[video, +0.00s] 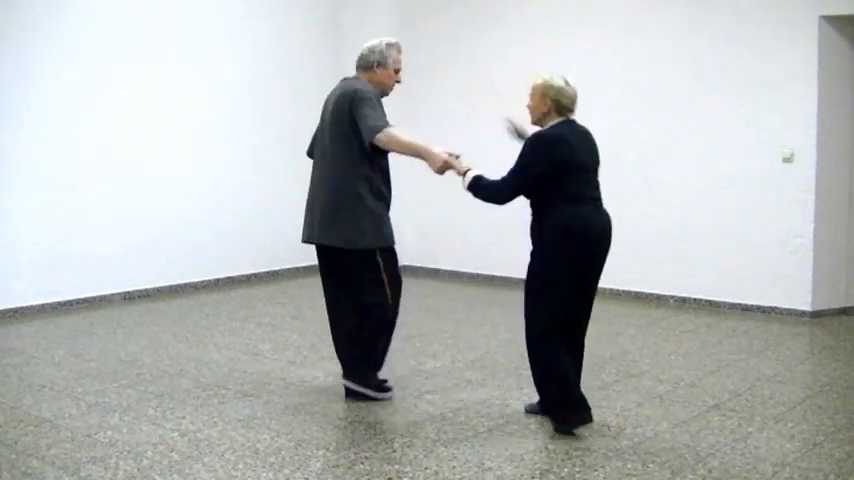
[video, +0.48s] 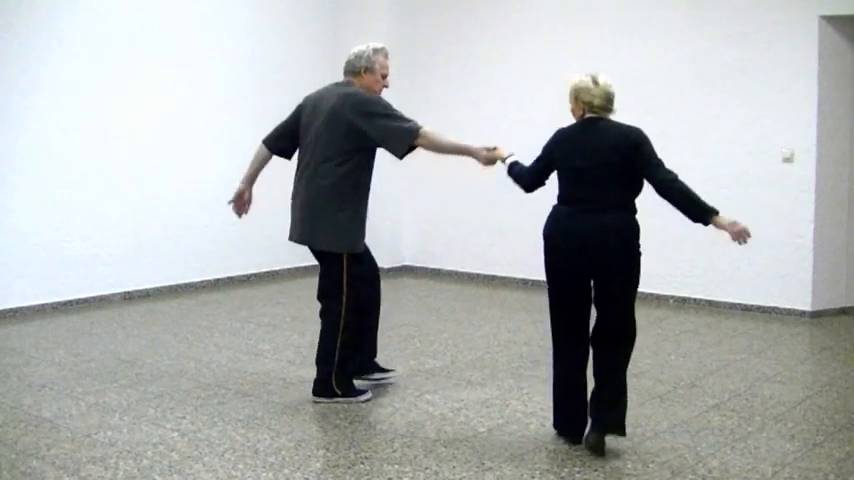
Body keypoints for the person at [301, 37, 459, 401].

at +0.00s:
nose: (399, 77)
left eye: (400, 70)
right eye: (396, 69)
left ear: (368, 67)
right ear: (377, 67)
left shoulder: (339, 94)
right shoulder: (362, 93)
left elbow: (316, 151)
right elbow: (380, 136)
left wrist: (358, 167)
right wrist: (429, 154)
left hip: (328, 219)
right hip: (359, 220)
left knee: (345, 297)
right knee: (384, 292)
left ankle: (356, 373)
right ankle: (362, 376)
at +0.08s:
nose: (397, 81)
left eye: (398, 73)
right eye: (395, 72)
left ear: (364, 69)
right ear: (375, 69)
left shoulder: (337, 95)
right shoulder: (361, 96)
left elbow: (310, 150)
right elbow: (372, 140)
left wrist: (349, 170)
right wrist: (417, 166)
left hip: (325, 221)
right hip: (355, 222)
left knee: (341, 296)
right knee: (374, 293)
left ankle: (344, 368)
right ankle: (355, 376)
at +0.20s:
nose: (394, 84)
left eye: (395, 76)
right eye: (391, 75)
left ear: (364, 73)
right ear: (369, 72)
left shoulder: (331, 99)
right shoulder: (361, 101)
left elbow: (293, 152)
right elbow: (378, 153)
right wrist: (423, 184)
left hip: (318, 222)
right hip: (346, 225)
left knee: (340, 302)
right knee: (356, 301)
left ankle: (353, 375)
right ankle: (332, 383)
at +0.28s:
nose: (392, 85)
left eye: (393, 78)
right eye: (389, 77)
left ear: (359, 74)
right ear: (368, 72)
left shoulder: (324, 101)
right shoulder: (361, 104)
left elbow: (282, 150)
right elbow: (391, 157)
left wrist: (273, 191)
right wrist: (442, 184)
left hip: (314, 224)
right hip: (338, 227)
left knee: (357, 291)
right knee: (351, 298)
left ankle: (353, 373)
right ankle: (332, 384)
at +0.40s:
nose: (387, 85)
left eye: (388, 78)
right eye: (384, 76)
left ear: (353, 74)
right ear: (363, 72)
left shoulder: (317, 101)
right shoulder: (361, 103)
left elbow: (271, 146)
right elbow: (410, 146)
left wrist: (252, 188)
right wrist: (465, 164)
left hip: (312, 223)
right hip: (336, 225)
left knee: (366, 279)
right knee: (347, 296)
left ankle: (354, 366)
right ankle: (331, 383)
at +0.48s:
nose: (387, 83)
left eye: (387, 76)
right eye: (384, 75)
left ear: (353, 73)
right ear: (363, 72)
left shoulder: (316, 100)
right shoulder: (362, 103)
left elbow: (270, 143)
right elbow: (419, 137)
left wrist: (246, 184)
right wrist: (474, 151)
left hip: (313, 220)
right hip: (335, 223)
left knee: (367, 278)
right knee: (342, 299)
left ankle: (358, 362)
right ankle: (330, 384)